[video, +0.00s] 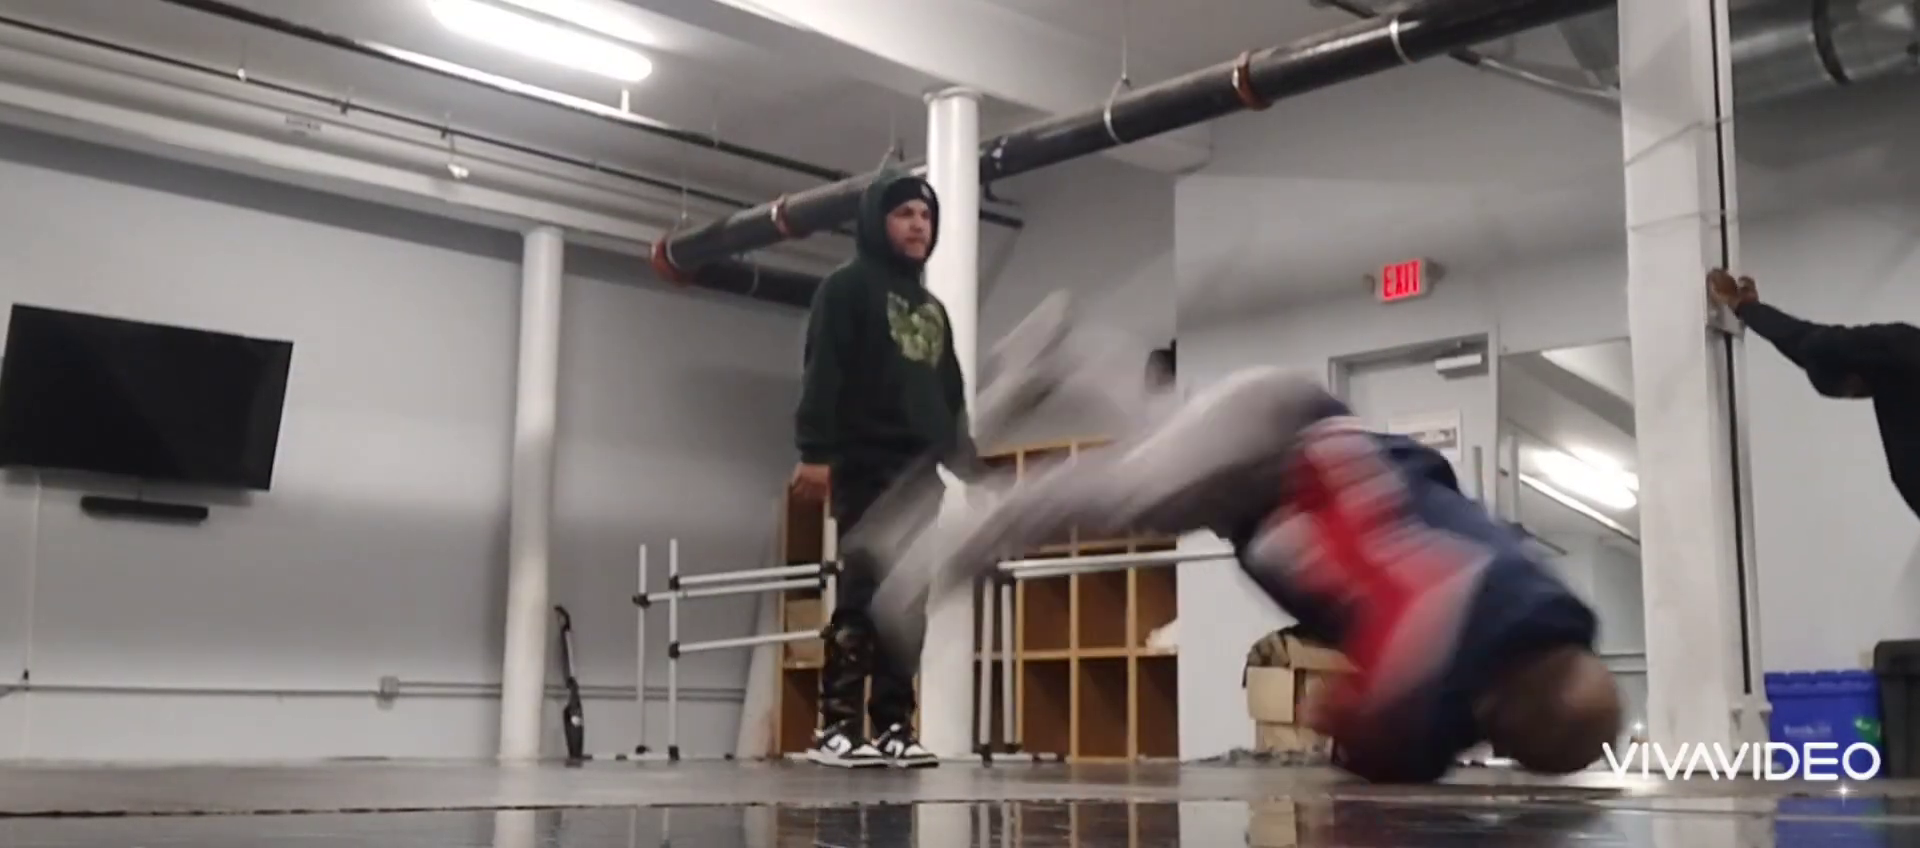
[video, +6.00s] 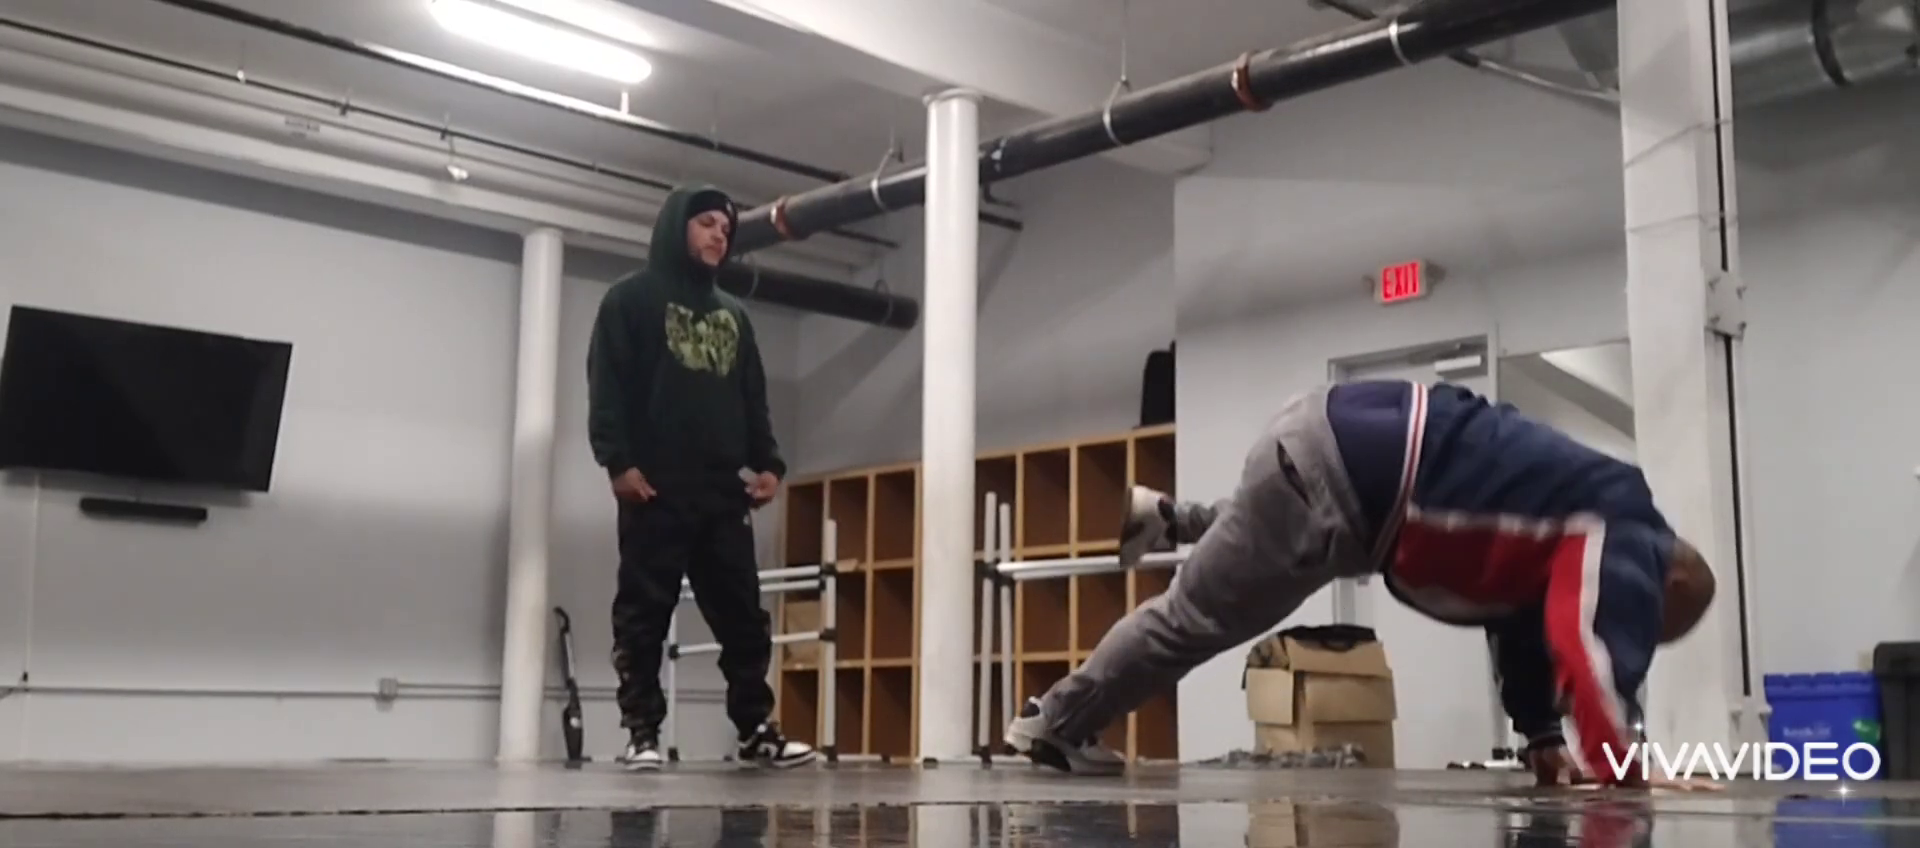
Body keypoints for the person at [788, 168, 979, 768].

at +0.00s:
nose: (918, 226)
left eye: (925, 217)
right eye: (905, 215)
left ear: (934, 228)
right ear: (876, 222)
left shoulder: (932, 309)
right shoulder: (847, 286)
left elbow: (951, 390)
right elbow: (823, 371)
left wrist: (961, 456)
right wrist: (815, 454)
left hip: (919, 465)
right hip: (862, 463)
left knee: (906, 594)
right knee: (859, 591)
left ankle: (894, 726)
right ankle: (838, 727)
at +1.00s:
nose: (832, 223)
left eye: (841, 214)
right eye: (819, 214)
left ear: (851, 224)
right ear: (794, 224)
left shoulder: (877, 303)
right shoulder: (758, 298)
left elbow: (902, 387)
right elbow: (741, 386)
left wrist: (920, 461)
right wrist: (742, 466)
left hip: (856, 472)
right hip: (782, 472)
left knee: (871, 604)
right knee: (779, 607)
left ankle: (888, 729)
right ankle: (782, 730)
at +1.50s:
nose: (797, 217)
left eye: (805, 208)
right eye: (784, 206)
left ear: (815, 219)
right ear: (758, 217)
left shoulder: (844, 294)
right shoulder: (721, 295)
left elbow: (869, 379)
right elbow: (696, 383)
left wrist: (878, 455)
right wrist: (684, 464)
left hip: (818, 463)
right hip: (749, 463)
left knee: (798, 581)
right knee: (752, 591)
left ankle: (793, 722)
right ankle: (775, 717)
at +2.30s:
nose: (780, 191)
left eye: (791, 186)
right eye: (768, 179)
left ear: (797, 202)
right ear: (739, 185)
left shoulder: (812, 276)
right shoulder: (689, 263)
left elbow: (833, 364)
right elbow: (651, 352)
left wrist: (823, 432)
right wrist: (628, 435)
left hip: (781, 452)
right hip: (706, 448)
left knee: (778, 591)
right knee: (690, 580)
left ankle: (756, 724)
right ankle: (702, 691)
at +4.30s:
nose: (742, 208)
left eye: (747, 199)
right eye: (730, 195)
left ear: (745, 211)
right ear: (696, 198)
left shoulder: (735, 287)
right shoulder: (654, 269)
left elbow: (749, 382)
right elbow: (648, 368)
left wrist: (759, 469)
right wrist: (672, 448)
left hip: (725, 458)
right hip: (664, 454)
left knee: (704, 602)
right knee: (648, 589)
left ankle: (684, 731)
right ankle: (626, 725)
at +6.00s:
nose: (718, 235)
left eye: (724, 229)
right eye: (707, 224)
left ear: (727, 242)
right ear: (677, 228)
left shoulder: (733, 315)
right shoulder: (630, 299)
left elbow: (754, 397)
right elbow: (606, 389)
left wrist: (768, 463)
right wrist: (619, 464)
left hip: (722, 486)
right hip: (652, 484)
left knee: (742, 613)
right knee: (644, 612)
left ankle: (755, 731)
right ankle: (642, 735)